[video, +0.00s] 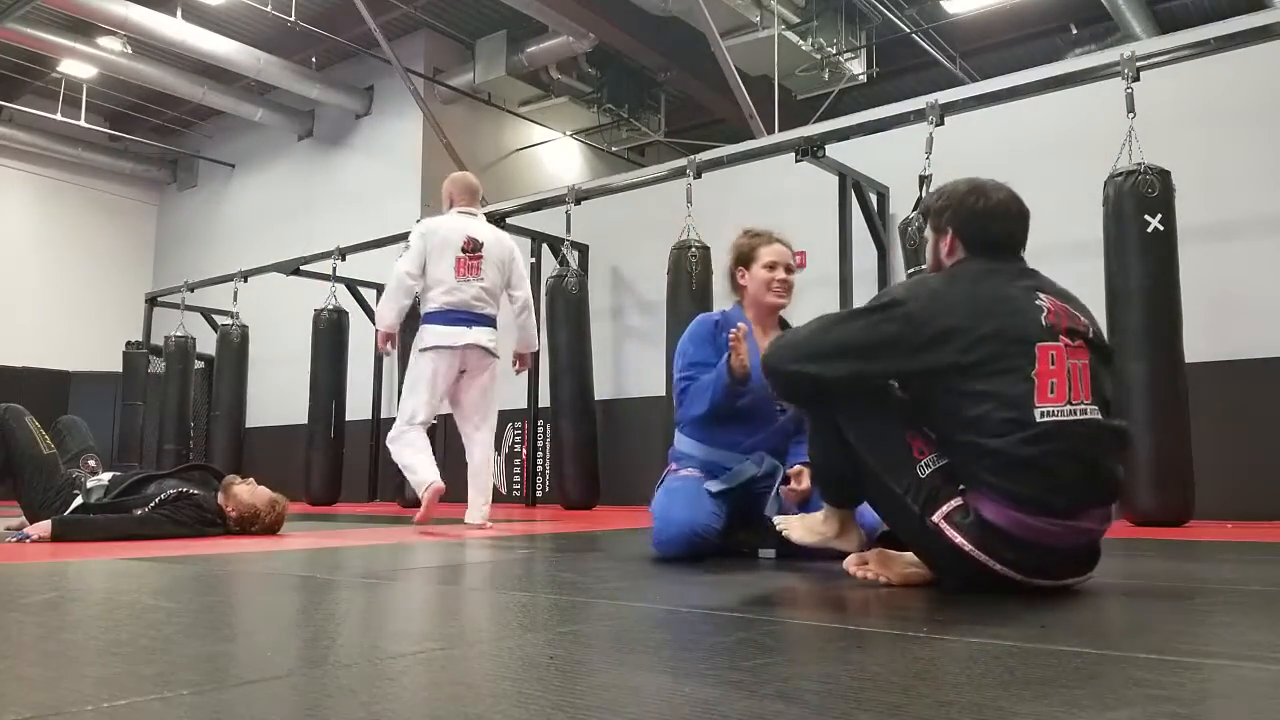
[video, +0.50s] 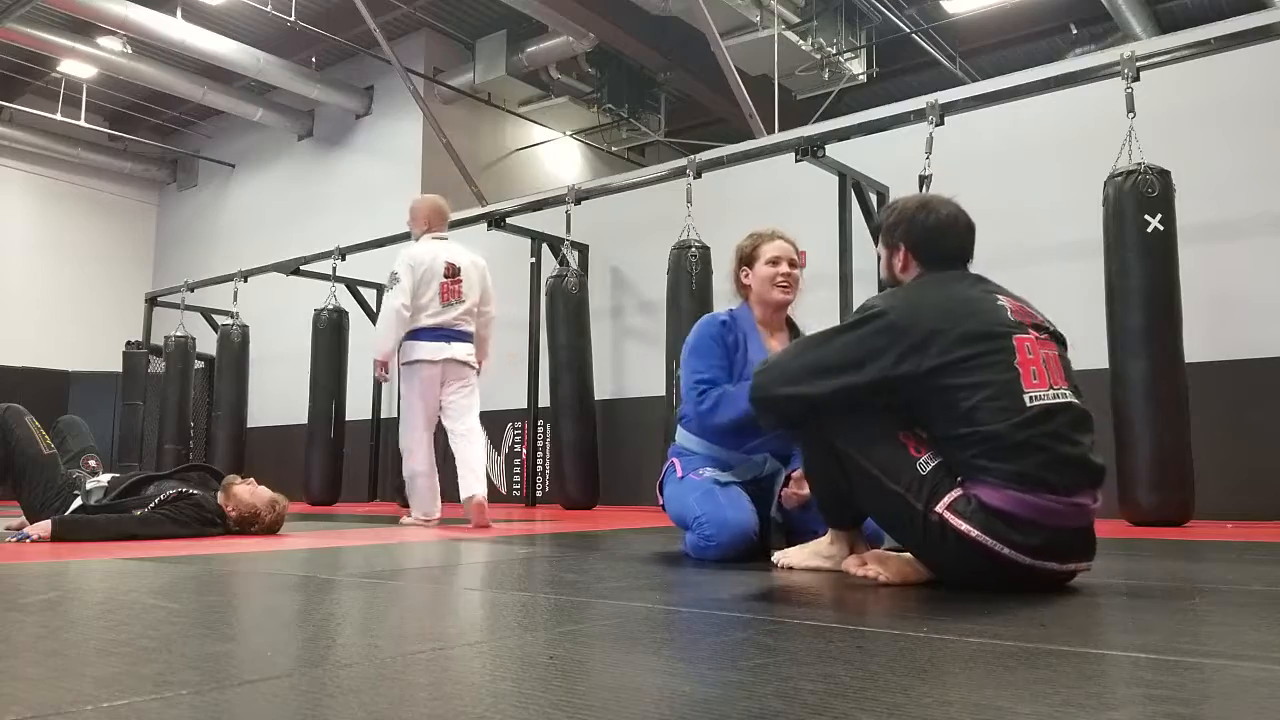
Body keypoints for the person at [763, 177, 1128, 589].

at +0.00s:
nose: (928, 252)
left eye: (931, 237)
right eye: (930, 238)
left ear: (950, 242)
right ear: (1013, 243)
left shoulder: (935, 298)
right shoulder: (1068, 305)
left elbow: (784, 360)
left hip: (993, 553)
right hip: (1076, 556)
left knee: (836, 379)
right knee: (942, 405)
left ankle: (836, 520)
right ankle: (931, 556)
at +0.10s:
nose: (925, 244)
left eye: (928, 230)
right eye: (927, 230)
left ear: (947, 239)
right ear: (1009, 238)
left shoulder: (930, 300)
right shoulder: (1061, 299)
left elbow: (784, 369)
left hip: (996, 554)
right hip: (1079, 553)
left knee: (836, 383)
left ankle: (846, 524)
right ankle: (928, 554)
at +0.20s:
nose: (916, 242)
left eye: (919, 229)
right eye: (918, 229)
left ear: (937, 239)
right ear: (1000, 238)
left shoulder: (924, 301)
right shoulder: (1042, 294)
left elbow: (781, 378)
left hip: (993, 553)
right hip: (1077, 551)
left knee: (839, 388)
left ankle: (844, 538)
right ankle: (922, 550)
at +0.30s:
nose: (906, 248)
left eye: (908, 235)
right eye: (907, 235)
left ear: (925, 244)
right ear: (988, 241)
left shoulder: (918, 304)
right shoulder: (1027, 295)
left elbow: (777, 384)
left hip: (990, 552)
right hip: (1071, 552)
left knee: (832, 395)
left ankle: (841, 539)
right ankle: (925, 552)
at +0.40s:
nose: (891, 256)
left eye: (891, 243)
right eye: (890, 243)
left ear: (912, 248)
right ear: (972, 245)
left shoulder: (908, 309)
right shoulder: (1021, 301)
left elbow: (769, 384)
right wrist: (831, 471)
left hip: (989, 548)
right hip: (1069, 552)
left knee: (825, 400)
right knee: (929, 410)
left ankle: (840, 539)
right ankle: (932, 554)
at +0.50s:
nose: (881, 267)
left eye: (882, 254)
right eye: (880, 254)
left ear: (902, 257)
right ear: (961, 254)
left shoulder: (906, 309)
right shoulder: (1015, 306)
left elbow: (770, 386)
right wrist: (828, 473)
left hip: (991, 545)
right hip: (1070, 551)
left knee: (823, 400)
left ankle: (840, 540)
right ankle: (931, 555)